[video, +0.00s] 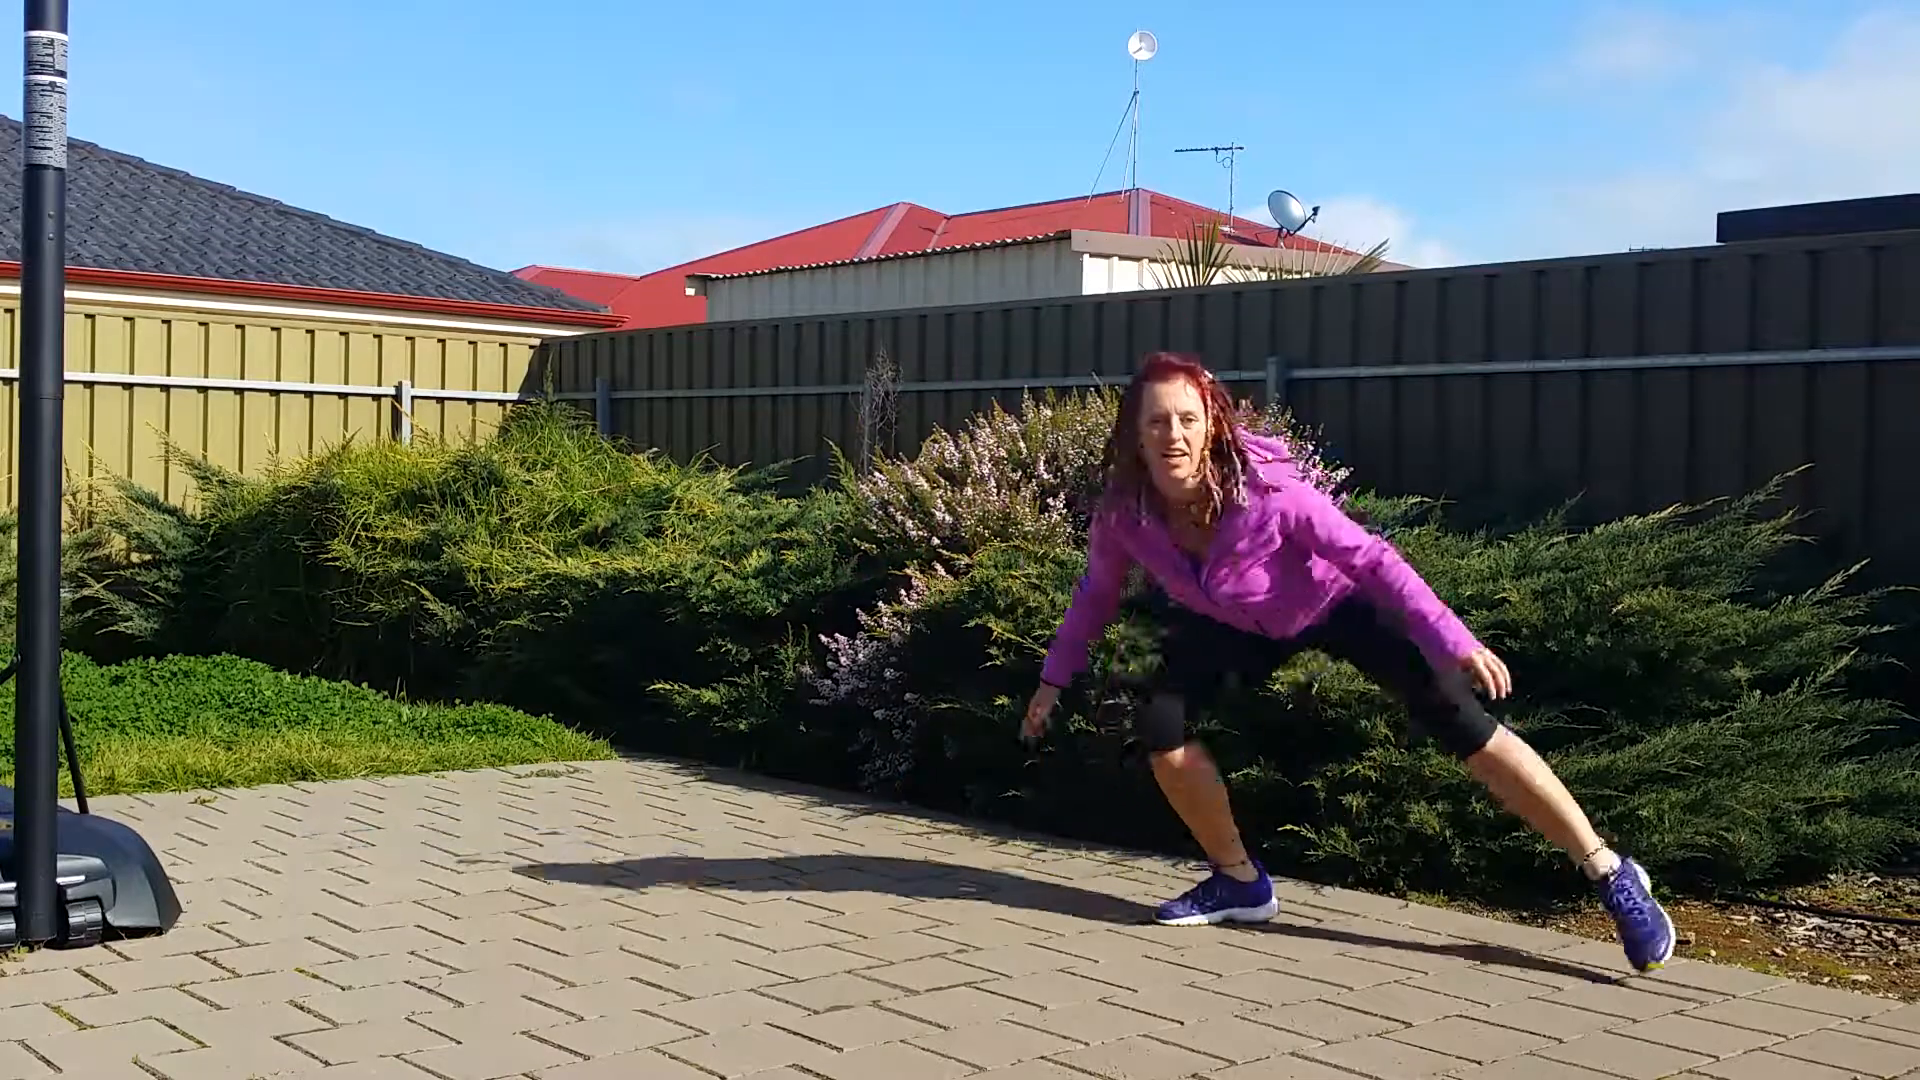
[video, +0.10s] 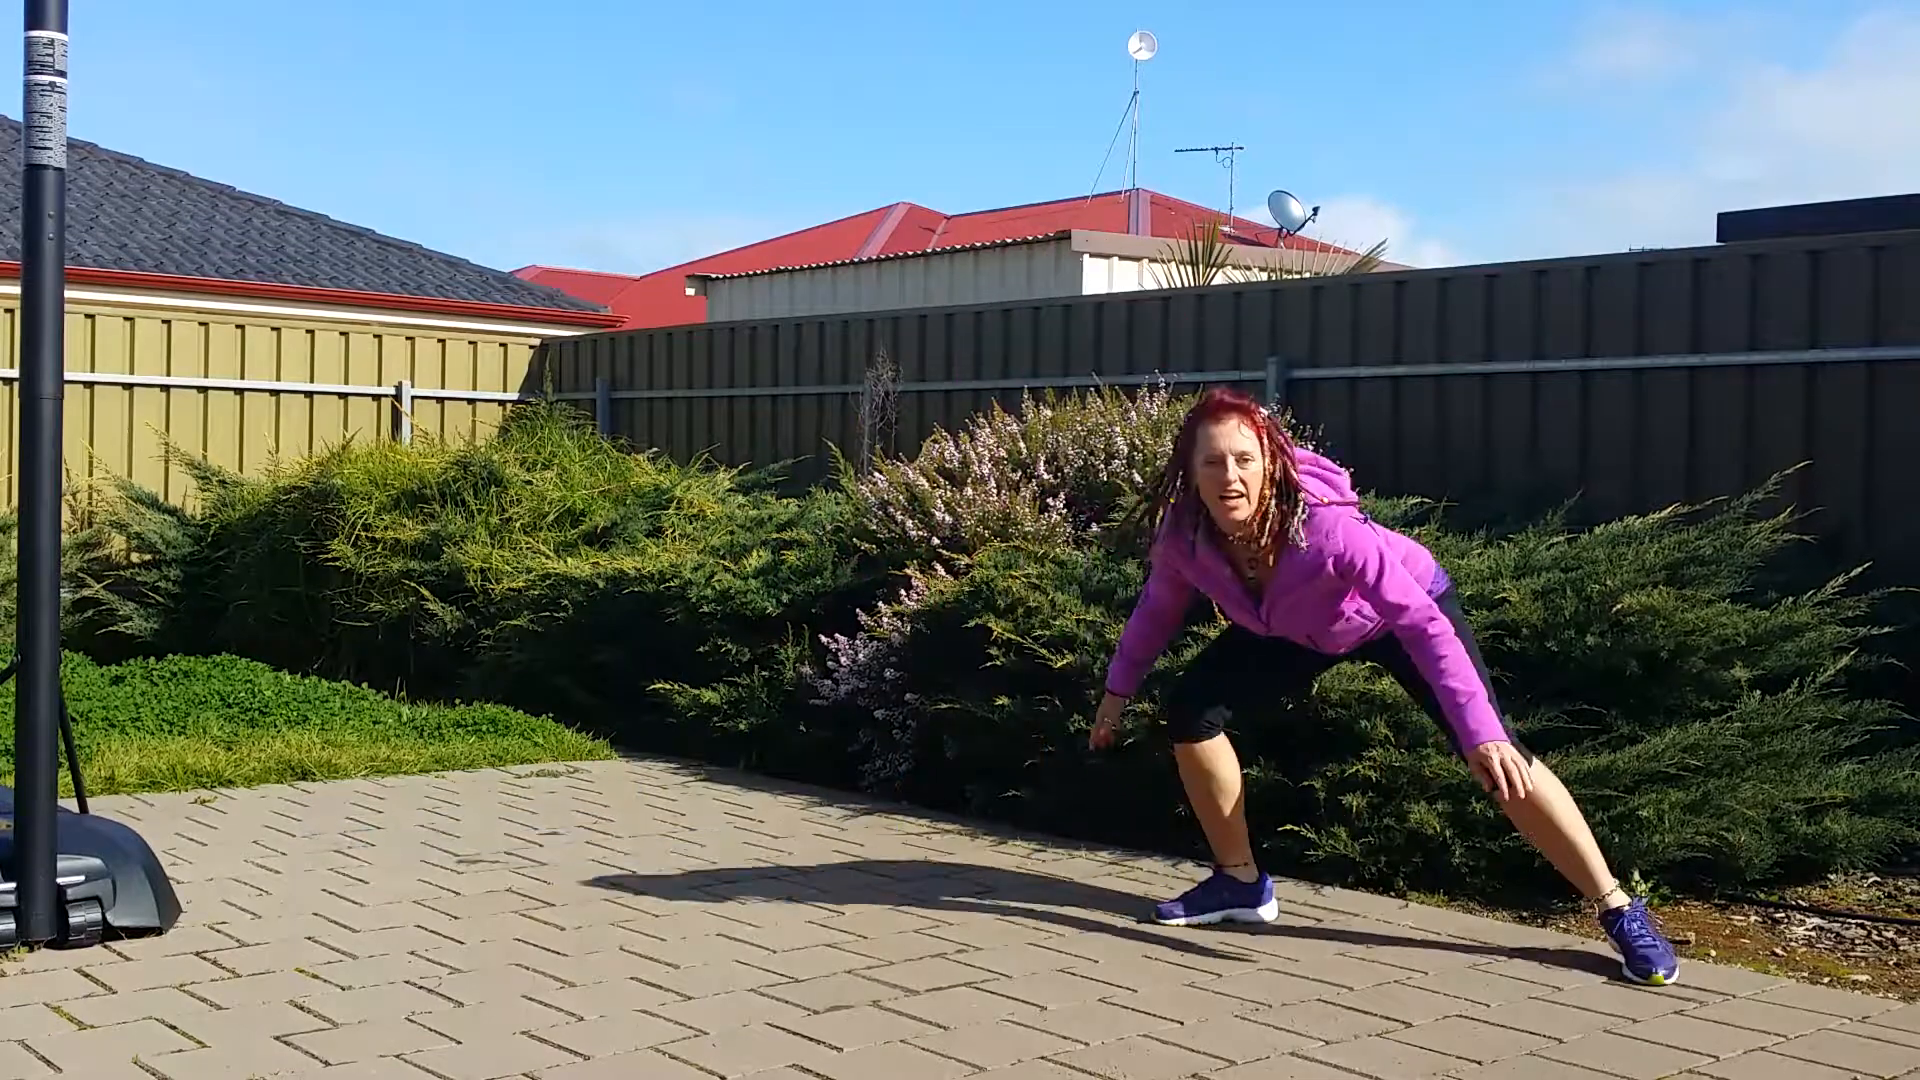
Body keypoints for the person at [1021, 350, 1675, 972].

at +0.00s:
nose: (1174, 434)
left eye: (1188, 419)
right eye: (1157, 422)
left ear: (1216, 427)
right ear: (1131, 436)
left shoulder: (1268, 487)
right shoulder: (1124, 515)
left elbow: (1372, 557)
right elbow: (1092, 601)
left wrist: (1457, 644)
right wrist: (1052, 680)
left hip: (1334, 600)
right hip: (1229, 620)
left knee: (1465, 727)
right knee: (1163, 730)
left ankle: (1609, 873)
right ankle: (1238, 881)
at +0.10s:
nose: (1229, 476)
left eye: (1243, 459)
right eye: (1211, 463)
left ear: (1270, 462)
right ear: (1187, 475)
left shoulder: (1327, 530)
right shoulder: (1184, 538)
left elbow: (1421, 616)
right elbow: (1155, 612)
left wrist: (1478, 728)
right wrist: (1116, 691)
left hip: (1393, 616)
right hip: (1294, 626)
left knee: (1496, 753)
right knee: (1192, 712)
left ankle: (1617, 908)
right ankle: (1239, 882)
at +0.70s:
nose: (1444, 600)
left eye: (1461, 584)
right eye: (1430, 583)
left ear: (1494, 573)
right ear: (1409, 571)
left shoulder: (1549, 623)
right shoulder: (1392, 574)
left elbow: (1573, 768)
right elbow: (1358, 593)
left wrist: (1567, 915)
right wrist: (1343, 622)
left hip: (1585, 604)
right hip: (1448, 628)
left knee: (1647, 754)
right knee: (1352, 726)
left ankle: (1642, 922)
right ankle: (1256, 874)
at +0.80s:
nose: (1393, 573)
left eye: (1411, 558)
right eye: (1381, 556)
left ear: (1449, 550)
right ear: (1366, 544)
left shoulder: (1518, 594)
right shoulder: (1373, 552)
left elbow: (1557, 736)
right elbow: (1354, 578)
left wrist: (1572, 877)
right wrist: (1330, 621)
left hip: (1571, 604)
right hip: (1445, 615)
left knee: (1632, 749)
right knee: (1333, 710)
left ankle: (1641, 922)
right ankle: (1255, 876)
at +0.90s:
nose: (1321, 532)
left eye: (1338, 518)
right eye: (1317, 516)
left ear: (1381, 514)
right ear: (1312, 512)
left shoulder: (1465, 556)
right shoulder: (1331, 545)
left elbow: (1532, 684)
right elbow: (1315, 589)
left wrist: (1555, 803)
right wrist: (1290, 635)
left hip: (1529, 597)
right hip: (1415, 610)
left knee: (1600, 752)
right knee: (1290, 710)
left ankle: (1637, 920)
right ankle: (1251, 879)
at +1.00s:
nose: (1249, 481)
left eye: (1263, 469)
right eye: (1248, 466)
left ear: (1312, 472)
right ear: (1249, 462)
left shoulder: (1392, 509)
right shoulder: (1263, 503)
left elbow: (1473, 602)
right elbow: (1255, 567)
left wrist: (1521, 695)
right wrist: (1218, 634)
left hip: (1460, 595)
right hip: (1356, 602)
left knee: (1541, 736)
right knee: (1244, 699)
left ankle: (1630, 918)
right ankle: (1244, 880)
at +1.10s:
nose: (1178, 424)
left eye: (1191, 412)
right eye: (1176, 409)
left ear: (1237, 412)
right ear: (1185, 409)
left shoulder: (1320, 455)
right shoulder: (1188, 459)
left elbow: (1403, 530)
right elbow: (1182, 531)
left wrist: (1476, 600)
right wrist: (1141, 609)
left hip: (1370, 579)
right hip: (1263, 584)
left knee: (1456, 722)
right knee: (1200, 707)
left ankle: (1570, 893)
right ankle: (1241, 883)